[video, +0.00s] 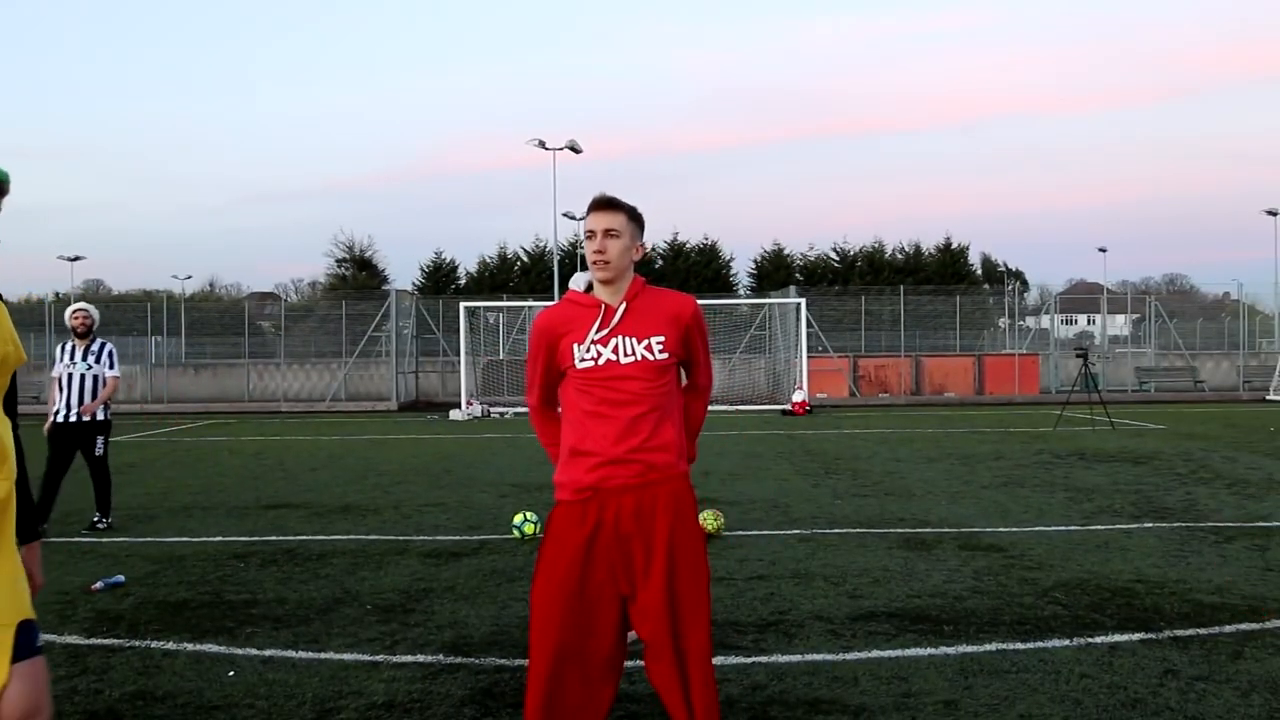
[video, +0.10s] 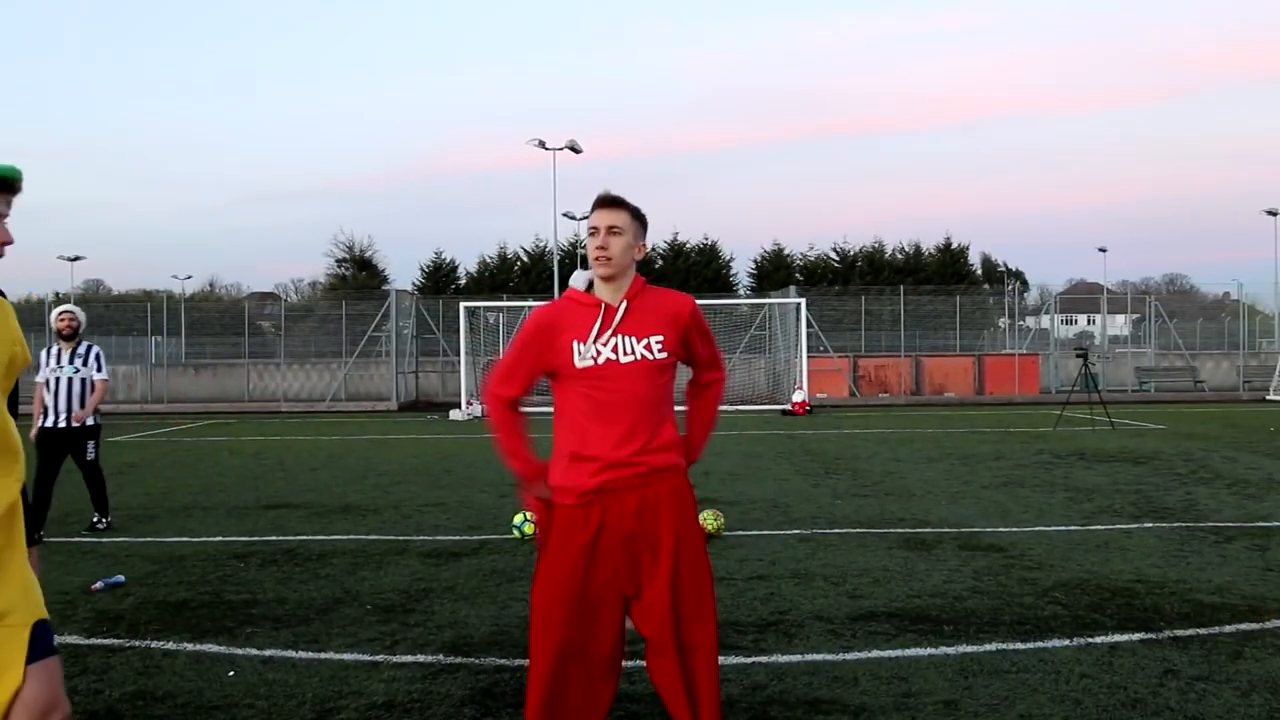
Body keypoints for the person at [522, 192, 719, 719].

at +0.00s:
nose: (597, 246)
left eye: (611, 236)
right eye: (591, 237)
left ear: (638, 249)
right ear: (582, 248)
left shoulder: (680, 311)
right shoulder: (553, 321)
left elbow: (699, 386)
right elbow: (540, 404)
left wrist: (677, 454)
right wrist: (571, 463)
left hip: (662, 500)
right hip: (581, 506)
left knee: (679, 645)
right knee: (559, 648)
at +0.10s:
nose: (601, 243)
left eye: (615, 233)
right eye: (593, 233)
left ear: (640, 246)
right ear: (586, 244)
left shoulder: (677, 311)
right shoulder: (552, 319)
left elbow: (709, 376)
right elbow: (497, 393)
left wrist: (687, 451)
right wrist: (531, 476)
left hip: (660, 496)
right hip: (575, 504)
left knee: (685, 645)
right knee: (561, 653)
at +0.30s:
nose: (628, 251)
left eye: (641, 240)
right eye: (619, 240)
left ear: (665, 249)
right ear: (610, 247)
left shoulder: (688, 320)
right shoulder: (567, 293)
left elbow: (760, 394)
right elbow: (481, 277)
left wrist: (833, 471)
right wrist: (413, 242)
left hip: (640, 501)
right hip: (565, 500)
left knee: (676, 648)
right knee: (547, 656)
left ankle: (720, 716)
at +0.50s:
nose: (634, 254)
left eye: (647, 242)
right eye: (625, 244)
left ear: (671, 251)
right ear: (616, 253)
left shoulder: (692, 320)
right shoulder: (615, 294)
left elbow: (762, 384)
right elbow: (603, 228)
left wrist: (844, 425)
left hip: (649, 499)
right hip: (583, 497)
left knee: (686, 650)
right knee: (555, 652)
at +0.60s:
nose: (637, 256)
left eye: (649, 244)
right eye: (628, 247)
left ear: (674, 253)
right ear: (622, 255)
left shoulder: (695, 317)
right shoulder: (631, 297)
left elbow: (760, 376)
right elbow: (625, 237)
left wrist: (835, 422)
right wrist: (636, 175)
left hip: (659, 498)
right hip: (597, 495)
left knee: (693, 644)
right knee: (566, 644)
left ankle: (722, 714)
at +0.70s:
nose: (645, 256)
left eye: (657, 244)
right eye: (636, 248)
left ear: (684, 250)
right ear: (630, 254)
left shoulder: (702, 313)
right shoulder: (649, 304)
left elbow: (754, 374)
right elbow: (644, 252)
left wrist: (810, 439)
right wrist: (642, 199)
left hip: (673, 503)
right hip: (615, 500)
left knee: (698, 656)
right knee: (581, 650)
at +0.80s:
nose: (647, 254)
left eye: (659, 242)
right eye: (639, 246)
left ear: (685, 248)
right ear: (634, 255)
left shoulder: (704, 309)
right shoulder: (653, 305)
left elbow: (755, 377)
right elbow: (643, 263)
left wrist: (788, 450)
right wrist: (639, 214)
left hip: (681, 502)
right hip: (626, 497)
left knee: (700, 647)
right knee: (596, 640)